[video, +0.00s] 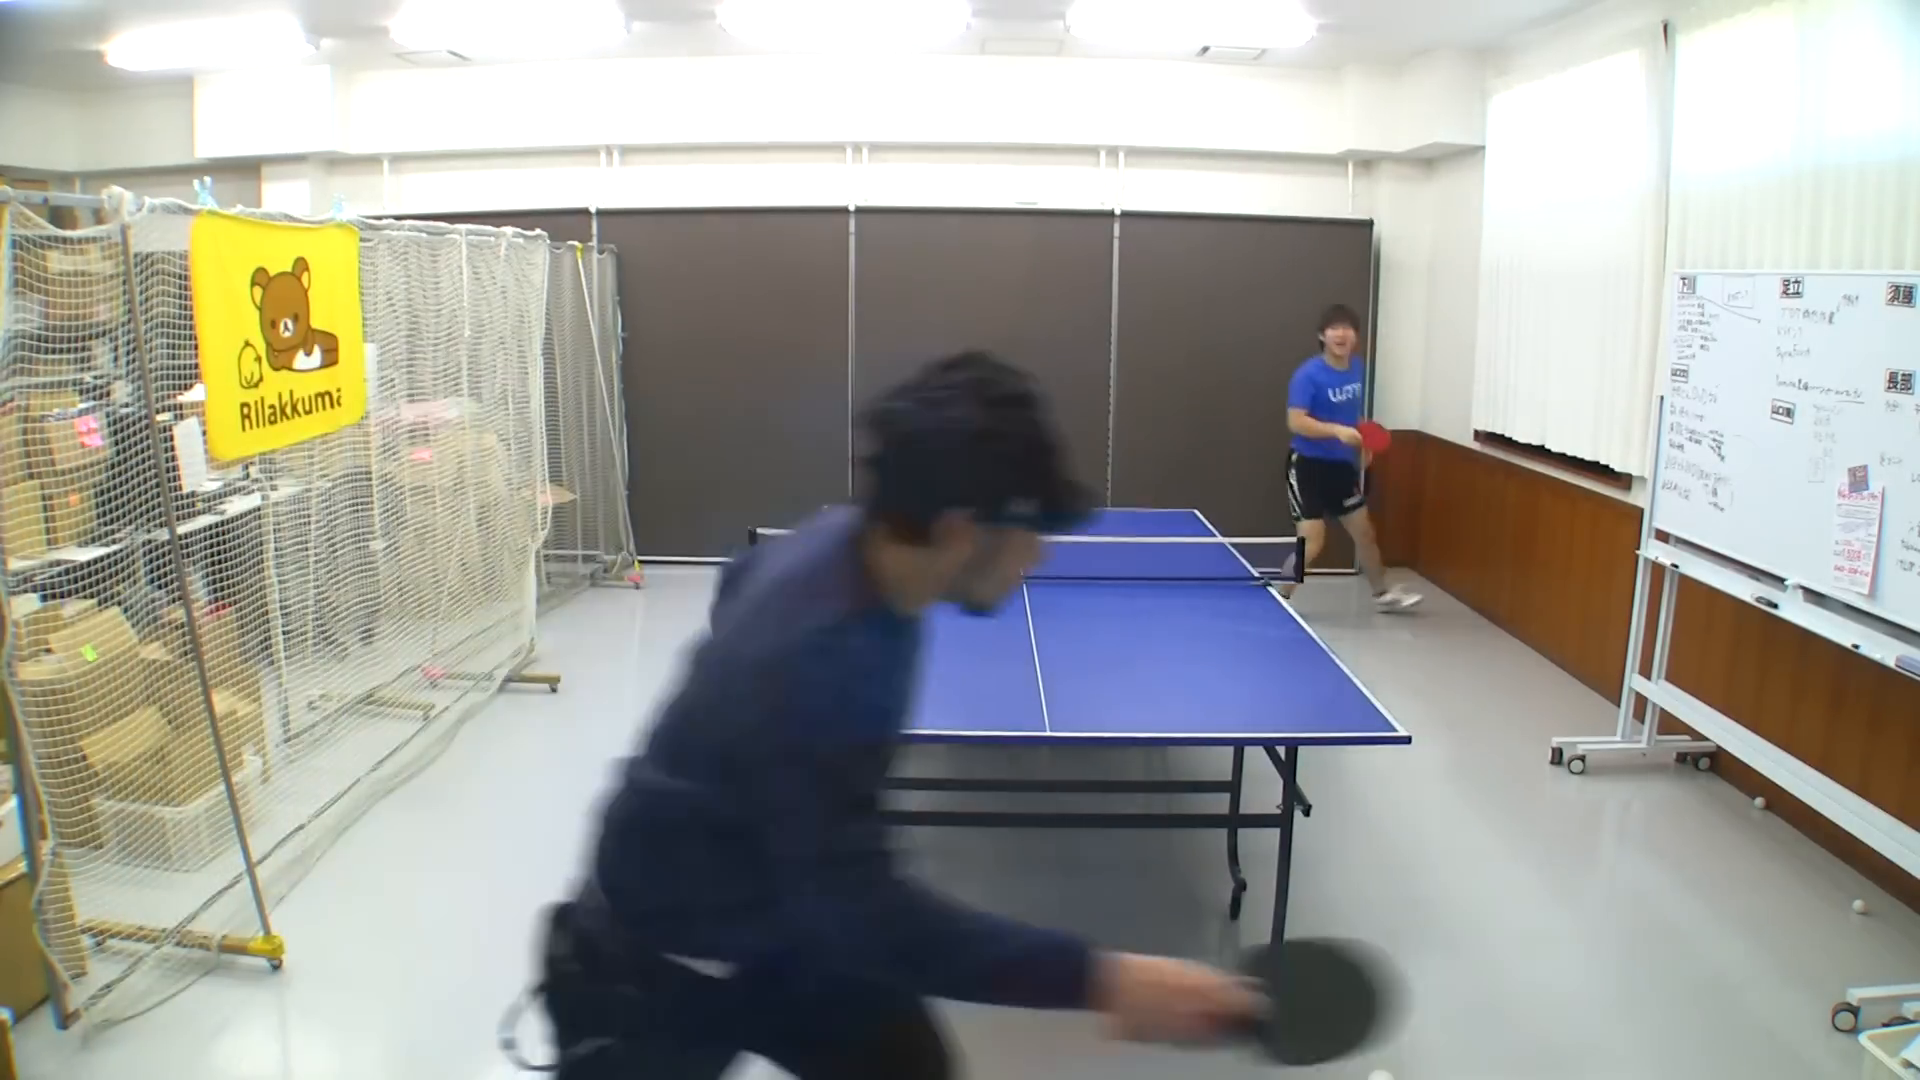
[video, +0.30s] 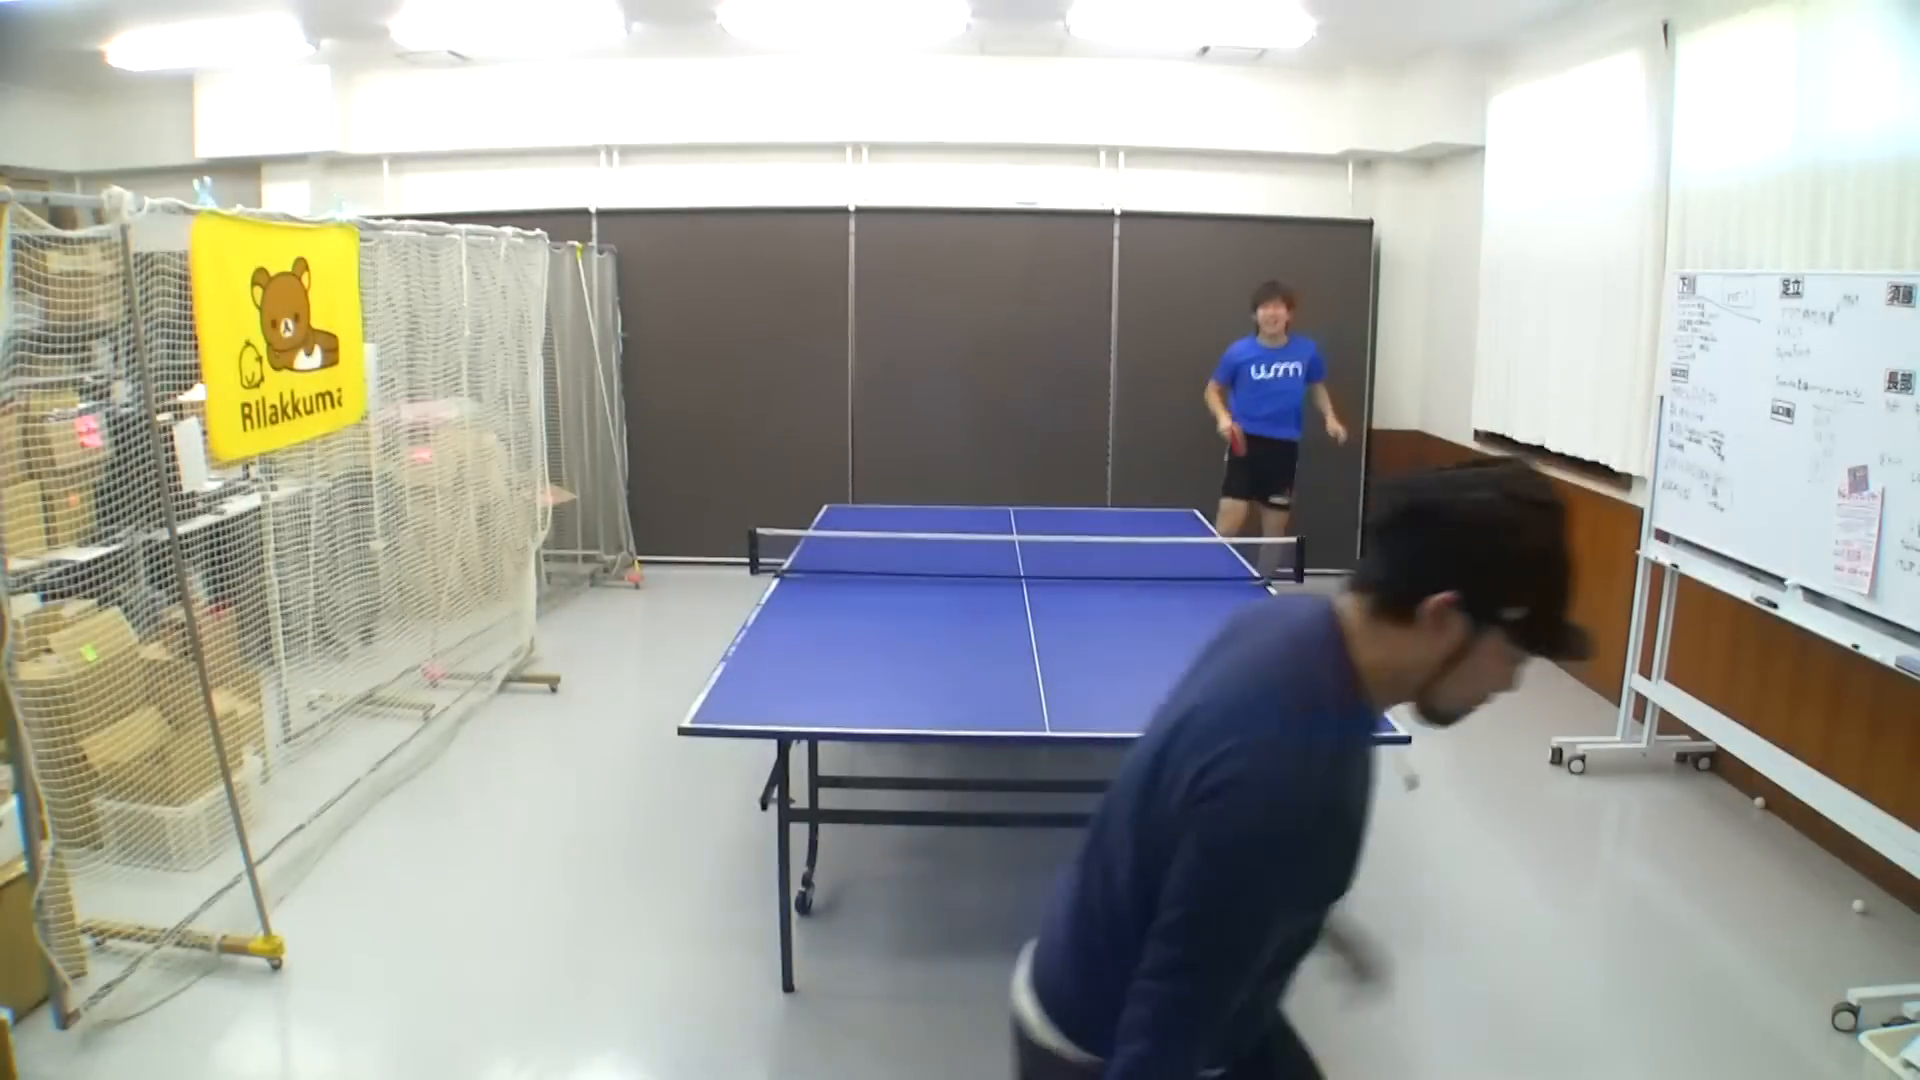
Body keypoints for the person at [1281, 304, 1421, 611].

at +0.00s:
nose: (1341, 335)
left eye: (1347, 329)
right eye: (1334, 328)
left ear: (1356, 336)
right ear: (1322, 335)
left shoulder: (1358, 370)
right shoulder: (1308, 374)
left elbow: (1357, 414)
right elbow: (1295, 421)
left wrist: (1364, 445)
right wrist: (1338, 430)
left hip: (1342, 463)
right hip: (1307, 464)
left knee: (1365, 533)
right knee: (1312, 544)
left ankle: (1382, 593)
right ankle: (1278, 600)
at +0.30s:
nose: (1272, 313)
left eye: (1278, 307)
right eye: (1265, 307)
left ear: (1289, 314)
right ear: (1255, 315)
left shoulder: (1306, 351)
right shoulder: (1239, 352)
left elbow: (1317, 386)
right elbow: (1212, 389)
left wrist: (1330, 417)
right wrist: (1223, 418)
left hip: (1283, 444)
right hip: (1244, 441)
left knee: (1275, 529)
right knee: (1229, 522)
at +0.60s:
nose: (1179, 320)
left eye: (1187, 313)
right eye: (1173, 313)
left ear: (1200, 322)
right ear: (1165, 321)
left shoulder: (1222, 363)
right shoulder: (1159, 366)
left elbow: (1235, 412)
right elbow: (1155, 404)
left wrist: (1241, 464)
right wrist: (1147, 426)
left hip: (1202, 465)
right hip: (1164, 462)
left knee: (1199, 537)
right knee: (1149, 529)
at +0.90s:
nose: (1105, 310)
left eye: (1115, 305)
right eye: (1104, 304)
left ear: (1134, 315)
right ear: (1099, 311)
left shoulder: (1155, 359)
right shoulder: (1099, 360)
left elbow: (1177, 406)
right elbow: (1085, 398)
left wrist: (1180, 461)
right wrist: (1076, 413)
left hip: (1142, 459)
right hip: (1108, 456)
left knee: (1126, 528)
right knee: (1106, 527)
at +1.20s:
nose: (1057, 316)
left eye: (1068, 311)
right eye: (1055, 307)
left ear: (1084, 322)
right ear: (1048, 311)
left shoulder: (1094, 362)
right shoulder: (1051, 359)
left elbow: (1097, 422)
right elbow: (1043, 413)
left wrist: (1083, 476)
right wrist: (1027, 466)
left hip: (1070, 468)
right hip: (1043, 462)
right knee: (1032, 533)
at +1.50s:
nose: (992, 319)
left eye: (1003, 314)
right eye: (989, 311)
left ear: (1021, 323)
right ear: (983, 315)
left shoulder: (1032, 361)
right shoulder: (989, 360)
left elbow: (1040, 418)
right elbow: (992, 411)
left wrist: (995, 456)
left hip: (1017, 471)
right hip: (982, 467)